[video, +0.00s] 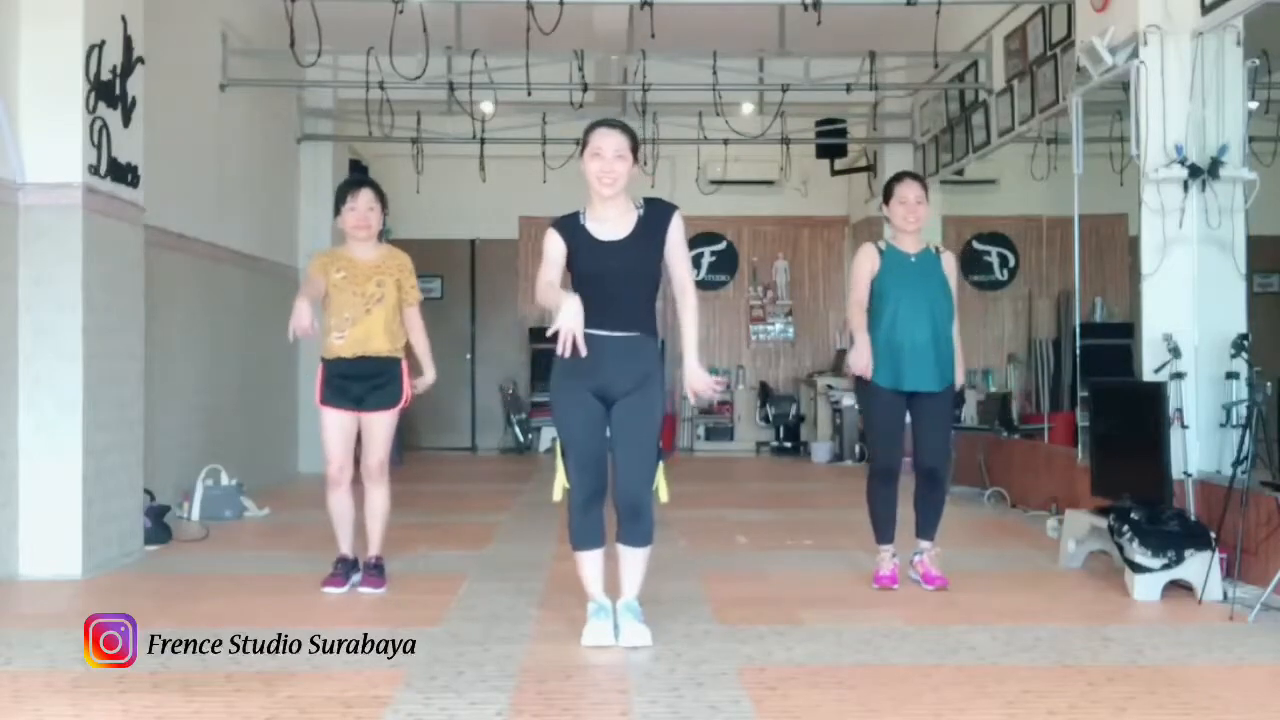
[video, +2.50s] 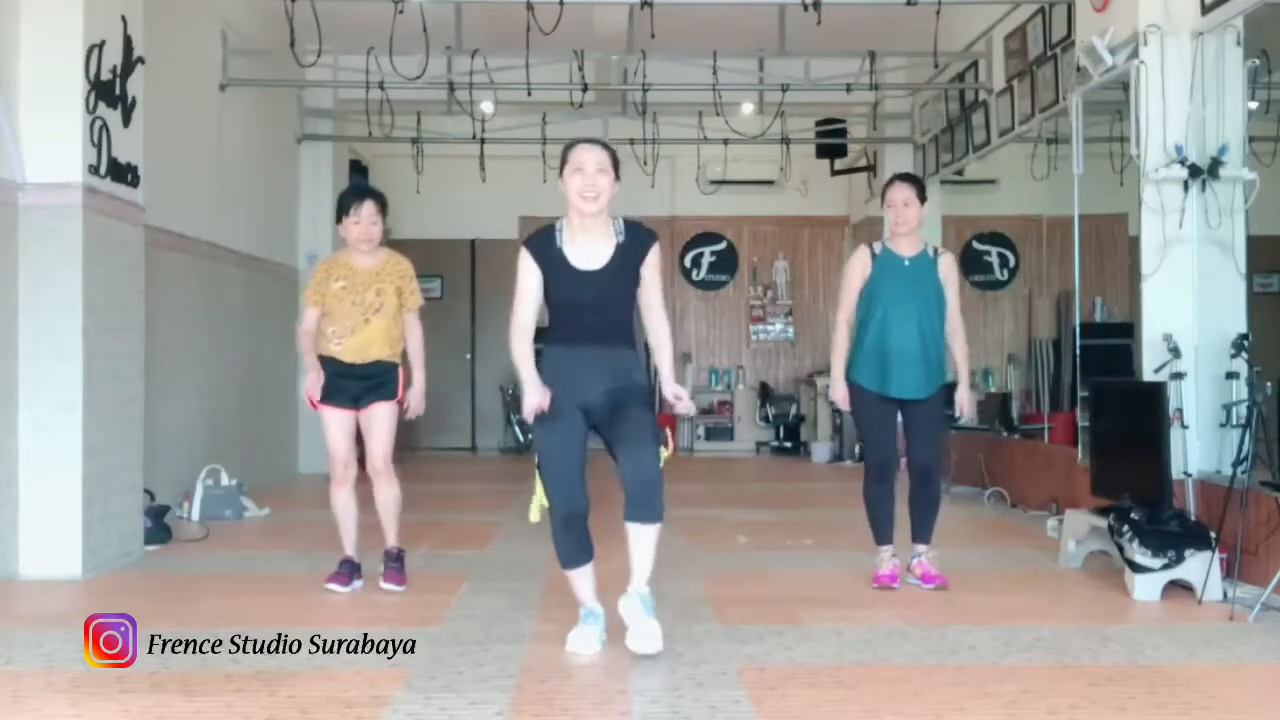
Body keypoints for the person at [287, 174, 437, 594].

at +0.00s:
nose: (361, 216)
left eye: (370, 209)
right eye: (352, 209)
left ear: (382, 217)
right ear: (339, 218)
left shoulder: (398, 262)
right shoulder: (326, 262)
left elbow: (412, 316)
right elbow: (310, 291)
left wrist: (427, 365)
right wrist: (303, 306)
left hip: (386, 370)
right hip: (338, 370)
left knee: (375, 468)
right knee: (337, 470)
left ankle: (373, 559)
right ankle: (345, 558)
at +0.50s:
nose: (362, 216)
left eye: (371, 209)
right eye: (353, 209)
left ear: (383, 218)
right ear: (340, 218)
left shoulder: (397, 265)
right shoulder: (324, 264)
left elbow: (410, 325)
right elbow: (304, 307)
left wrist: (421, 375)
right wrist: (296, 333)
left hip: (384, 371)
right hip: (336, 372)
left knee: (374, 468)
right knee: (334, 472)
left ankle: (373, 559)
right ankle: (343, 557)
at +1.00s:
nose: (355, 218)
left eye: (364, 211)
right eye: (346, 210)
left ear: (376, 219)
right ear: (332, 217)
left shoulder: (387, 262)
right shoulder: (318, 266)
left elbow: (382, 316)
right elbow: (304, 330)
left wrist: (351, 326)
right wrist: (291, 387)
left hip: (367, 371)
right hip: (321, 370)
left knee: (358, 470)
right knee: (333, 471)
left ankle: (371, 558)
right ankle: (345, 560)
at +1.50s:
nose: (356, 220)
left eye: (365, 212)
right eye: (347, 212)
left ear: (376, 218)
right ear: (331, 219)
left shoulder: (390, 262)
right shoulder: (320, 266)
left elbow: (395, 321)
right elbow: (306, 329)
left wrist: (383, 367)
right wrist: (292, 386)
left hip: (370, 368)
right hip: (324, 367)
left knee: (360, 468)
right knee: (335, 468)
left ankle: (372, 558)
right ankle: (346, 560)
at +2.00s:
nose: (371, 219)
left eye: (378, 211)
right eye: (361, 211)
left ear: (388, 216)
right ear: (345, 218)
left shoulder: (405, 259)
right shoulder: (332, 265)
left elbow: (421, 318)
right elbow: (318, 317)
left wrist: (430, 371)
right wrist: (318, 347)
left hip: (390, 368)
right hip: (341, 367)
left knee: (382, 468)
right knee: (346, 468)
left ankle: (393, 561)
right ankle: (349, 560)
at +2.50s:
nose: (367, 229)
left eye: (374, 221)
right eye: (357, 221)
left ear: (384, 225)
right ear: (341, 226)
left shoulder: (399, 268)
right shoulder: (327, 270)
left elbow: (413, 326)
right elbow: (307, 327)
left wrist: (418, 383)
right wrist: (312, 368)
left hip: (382, 372)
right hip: (335, 373)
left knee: (379, 466)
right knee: (341, 469)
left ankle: (393, 554)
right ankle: (349, 559)